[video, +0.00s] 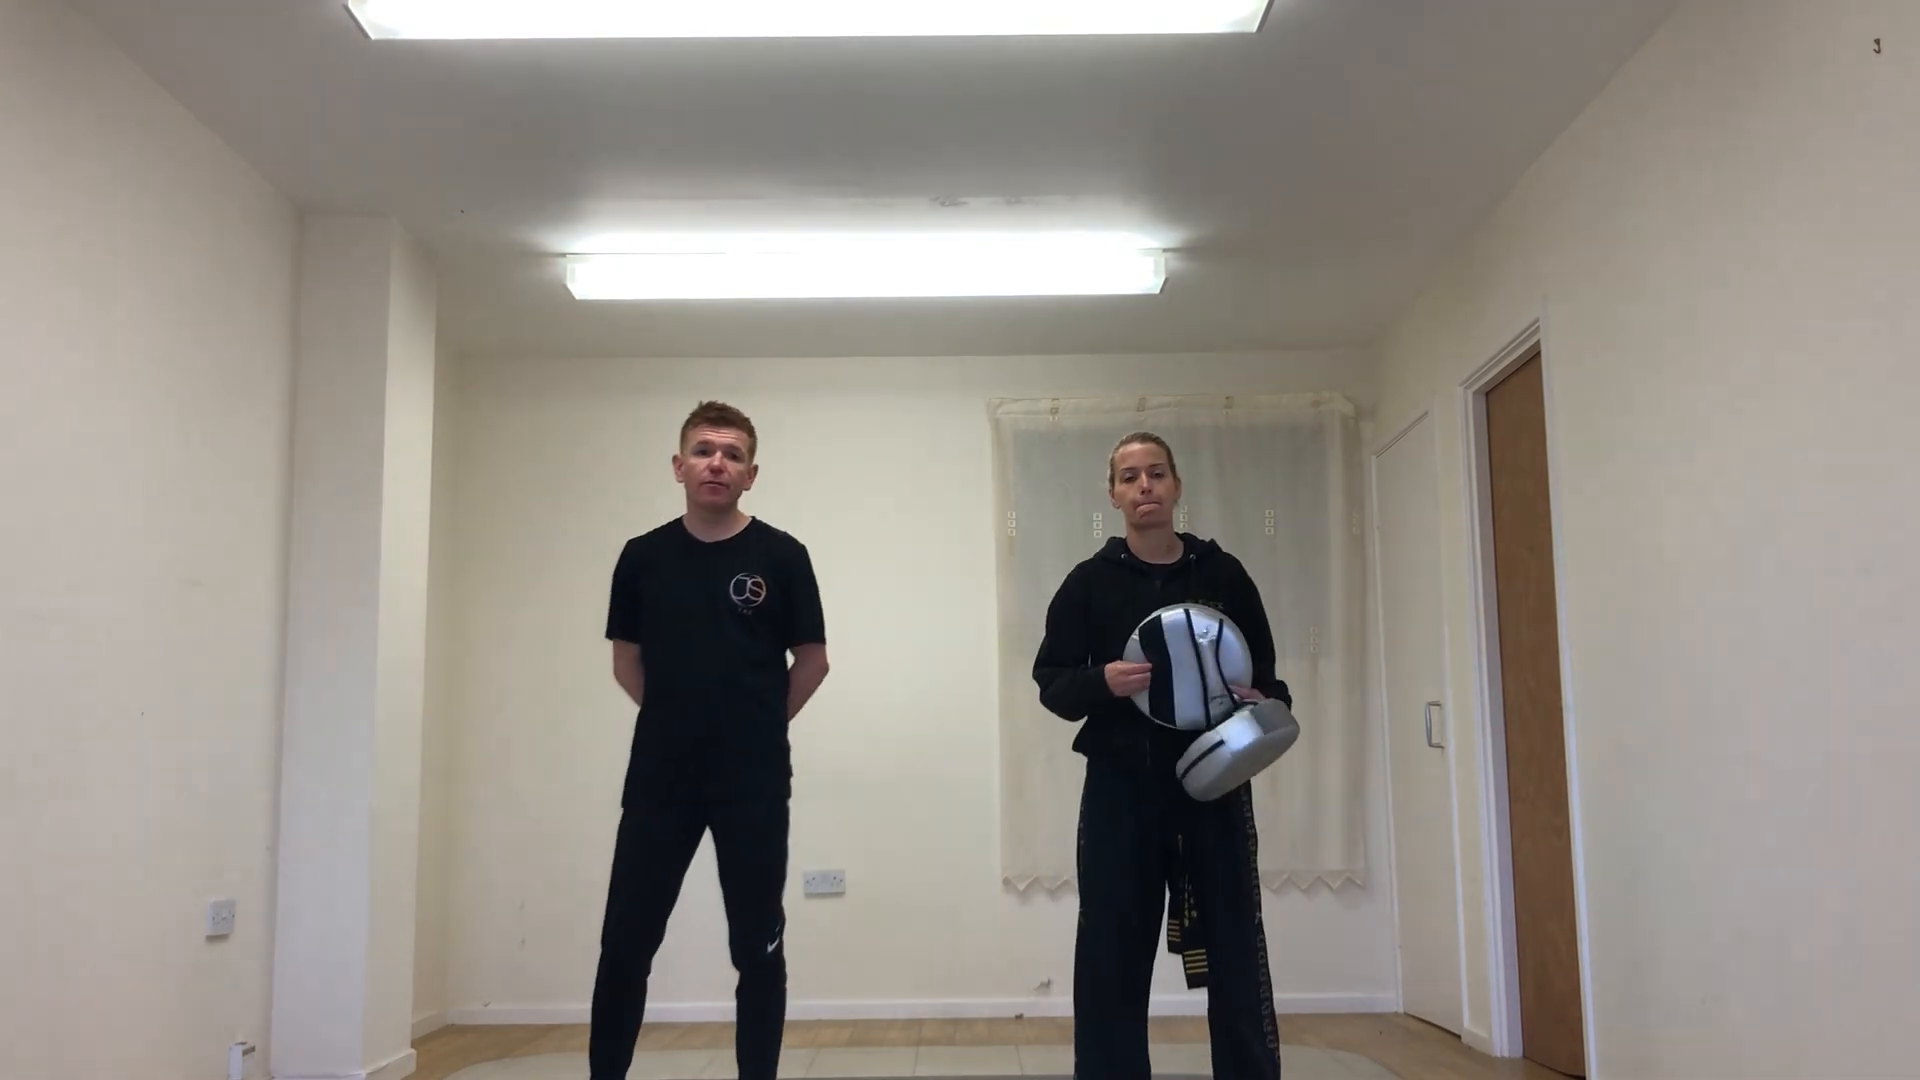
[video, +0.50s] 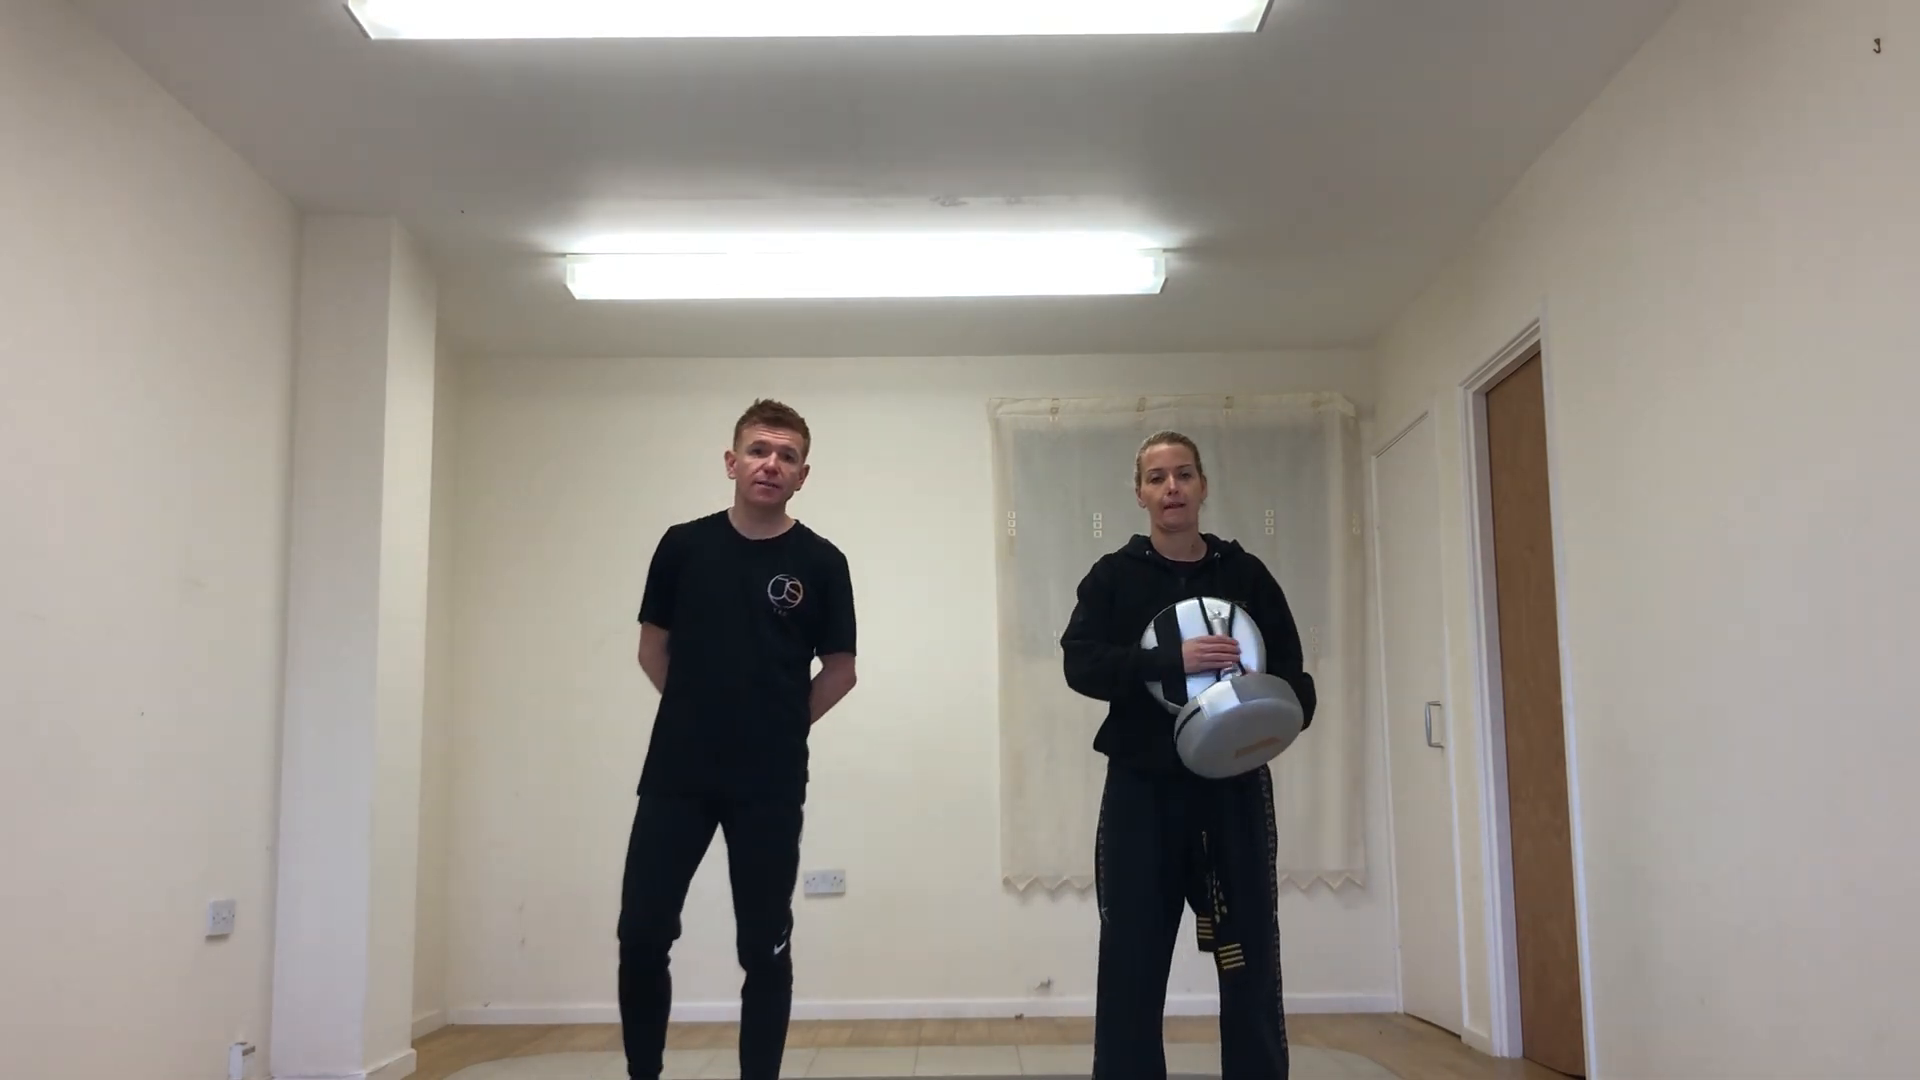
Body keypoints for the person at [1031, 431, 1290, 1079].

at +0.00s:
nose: (1145, 485)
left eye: (1156, 473)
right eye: (1130, 477)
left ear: (1177, 487)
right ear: (1113, 495)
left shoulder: (1222, 572)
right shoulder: (1088, 582)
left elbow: (1265, 675)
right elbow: (1053, 686)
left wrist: (1259, 698)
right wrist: (1100, 680)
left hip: (1215, 786)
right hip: (1123, 789)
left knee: (1236, 953)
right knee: (1112, 959)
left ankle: (1250, 1075)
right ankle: (1111, 1077)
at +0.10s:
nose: (1153, 484)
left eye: (1164, 472)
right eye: (1138, 476)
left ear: (1186, 485)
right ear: (1122, 494)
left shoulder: (1232, 571)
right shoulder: (1096, 581)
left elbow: (1276, 679)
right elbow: (1058, 684)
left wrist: (1265, 699)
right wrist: (1109, 675)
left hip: (1222, 789)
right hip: (1130, 790)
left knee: (1240, 960)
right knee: (1118, 964)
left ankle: (1251, 1076)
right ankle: (1114, 1079)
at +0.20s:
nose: (1161, 485)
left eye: (1173, 473)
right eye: (1146, 477)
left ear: (1193, 485)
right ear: (1131, 494)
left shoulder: (1239, 572)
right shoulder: (1103, 579)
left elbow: (1285, 682)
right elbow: (1061, 676)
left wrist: (1264, 694)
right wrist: (1130, 674)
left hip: (1230, 789)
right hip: (1137, 789)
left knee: (1246, 959)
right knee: (1124, 964)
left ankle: (1253, 1074)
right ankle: (1119, 1077)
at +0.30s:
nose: (1166, 485)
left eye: (1178, 473)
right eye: (1151, 476)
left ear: (1199, 486)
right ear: (1135, 493)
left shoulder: (1242, 573)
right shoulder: (1108, 577)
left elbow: (1286, 681)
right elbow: (1067, 672)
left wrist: (1262, 702)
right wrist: (1152, 667)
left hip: (1233, 791)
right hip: (1140, 791)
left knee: (1248, 966)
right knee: (1127, 970)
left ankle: (1257, 1076)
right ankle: (1123, 1078)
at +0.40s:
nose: (1170, 485)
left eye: (1181, 473)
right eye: (1155, 476)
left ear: (1202, 486)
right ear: (1138, 492)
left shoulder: (1245, 573)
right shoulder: (1111, 576)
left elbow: (1291, 677)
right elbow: (1073, 668)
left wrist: (1271, 719)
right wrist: (1162, 662)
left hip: (1235, 789)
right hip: (1142, 790)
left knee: (1250, 966)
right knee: (1130, 971)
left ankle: (1257, 1077)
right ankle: (1126, 1079)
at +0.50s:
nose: (1171, 486)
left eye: (1183, 474)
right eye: (1157, 477)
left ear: (1203, 487)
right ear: (1140, 494)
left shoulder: (1246, 572)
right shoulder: (1113, 575)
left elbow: (1292, 677)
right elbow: (1080, 666)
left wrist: (1272, 717)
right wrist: (1171, 659)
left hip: (1236, 789)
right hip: (1142, 790)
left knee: (1251, 972)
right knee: (1131, 975)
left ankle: (1257, 1078)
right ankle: (1128, 1079)